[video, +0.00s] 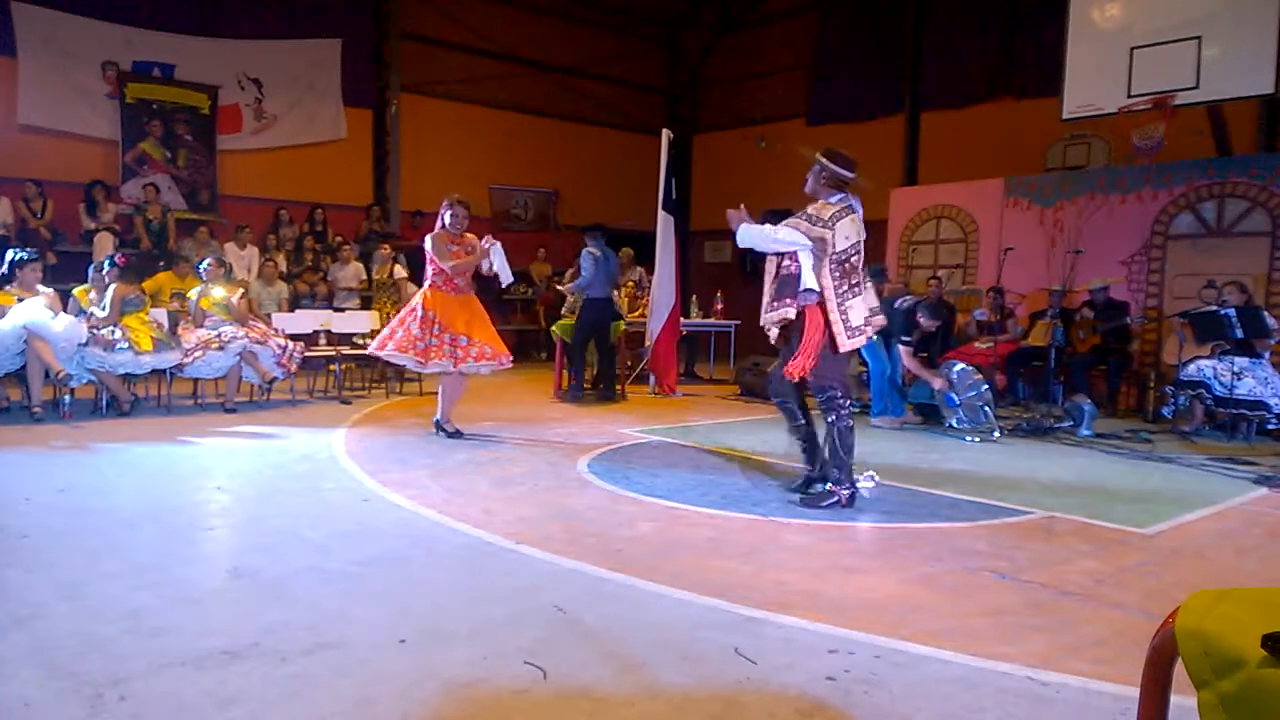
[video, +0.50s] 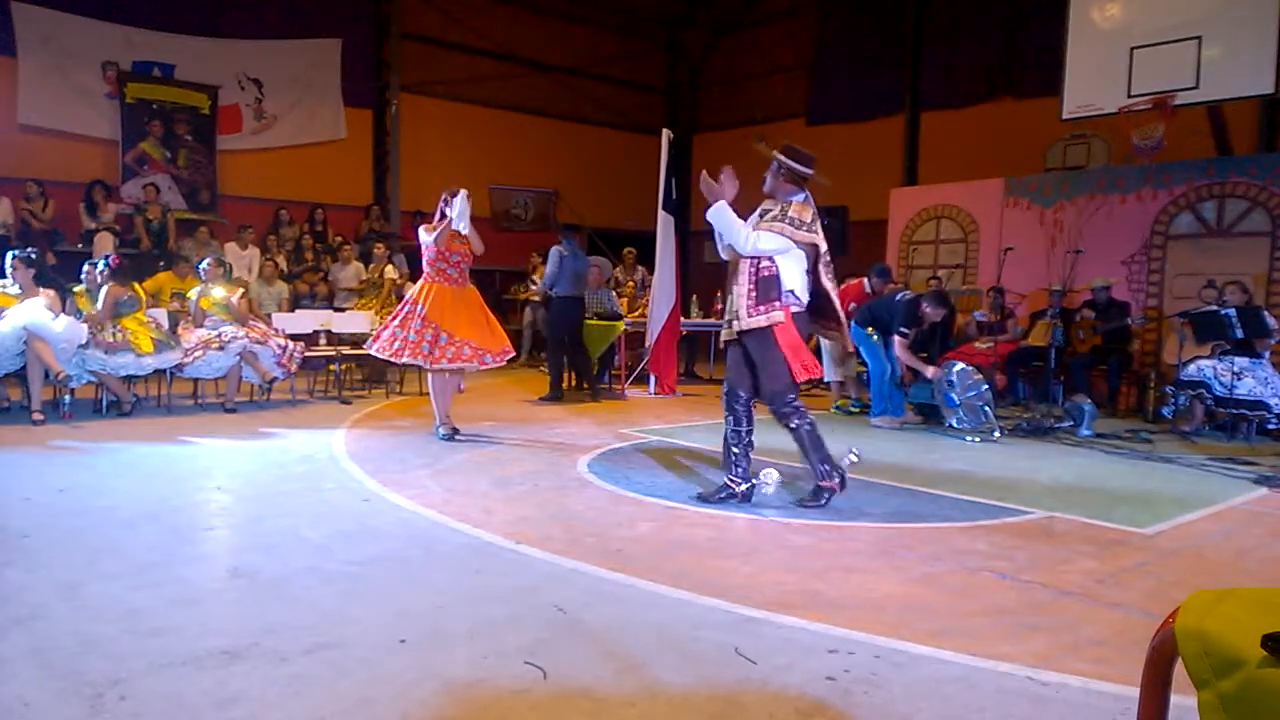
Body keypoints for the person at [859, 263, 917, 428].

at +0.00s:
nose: (933, 329)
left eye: (936, 326)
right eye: (932, 325)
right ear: (920, 317)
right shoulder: (904, 319)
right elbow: (907, 359)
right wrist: (933, 379)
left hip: (888, 330)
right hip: (867, 328)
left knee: (895, 368)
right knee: (880, 367)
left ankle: (898, 410)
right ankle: (879, 413)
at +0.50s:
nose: (938, 320)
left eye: (941, 316)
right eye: (937, 315)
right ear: (925, 307)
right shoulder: (907, 309)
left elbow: (905, 343)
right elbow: (900, 349)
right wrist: (925, 369)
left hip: (884, 331)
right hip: (865, 327)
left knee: (894, 370)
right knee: (881, 368)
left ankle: (898, 411)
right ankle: (879, 414)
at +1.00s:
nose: (939, 301)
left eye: (941, 298)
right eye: (938, 297)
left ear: (927, 288)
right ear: (928, 289)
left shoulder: (913, 295)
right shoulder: (909, 297)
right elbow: (906, 337)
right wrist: (929, 362)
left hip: (871, 328)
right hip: (862, 328)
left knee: (883, 367)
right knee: (881, 367)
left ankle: (885, 413)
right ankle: (880, 414)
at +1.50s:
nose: (939, 296)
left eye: (941, 292)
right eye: (939, 291)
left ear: (925, 285)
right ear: (926, 286)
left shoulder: (907, 290)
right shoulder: (910, 296)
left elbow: (899, 331)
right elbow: (905, 334)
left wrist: (904, 353)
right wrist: (925, 360)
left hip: (864, 327)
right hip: (859, 327)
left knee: (875, 368)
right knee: (876, 368)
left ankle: (874, 412)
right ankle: (877, 415)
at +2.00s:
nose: (933, 285)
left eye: (934, 280)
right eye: (932, 280)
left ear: (916, 273)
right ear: (925, 278)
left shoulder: (901, 282)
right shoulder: (911, 291)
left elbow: (893, 316)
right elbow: (926, 321)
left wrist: (912, 329)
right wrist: (934, 321)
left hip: (855, 323)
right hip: (863, 328)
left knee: (874, 368)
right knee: (882, 368)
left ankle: (872, 411)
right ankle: (879, 414)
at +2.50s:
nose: (929, 283)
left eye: (930, 279)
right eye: (930, 279)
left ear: (911, 271)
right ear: (924, 277)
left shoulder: (894, 280)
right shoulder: (910, 289)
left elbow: (892, 319)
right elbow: (923, 325)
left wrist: (916, 323)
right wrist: (935, 322)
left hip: (852, 323)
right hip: (864, 328)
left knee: (871, 368)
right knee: (883, 368)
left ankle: (871, 410)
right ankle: (879, 414)